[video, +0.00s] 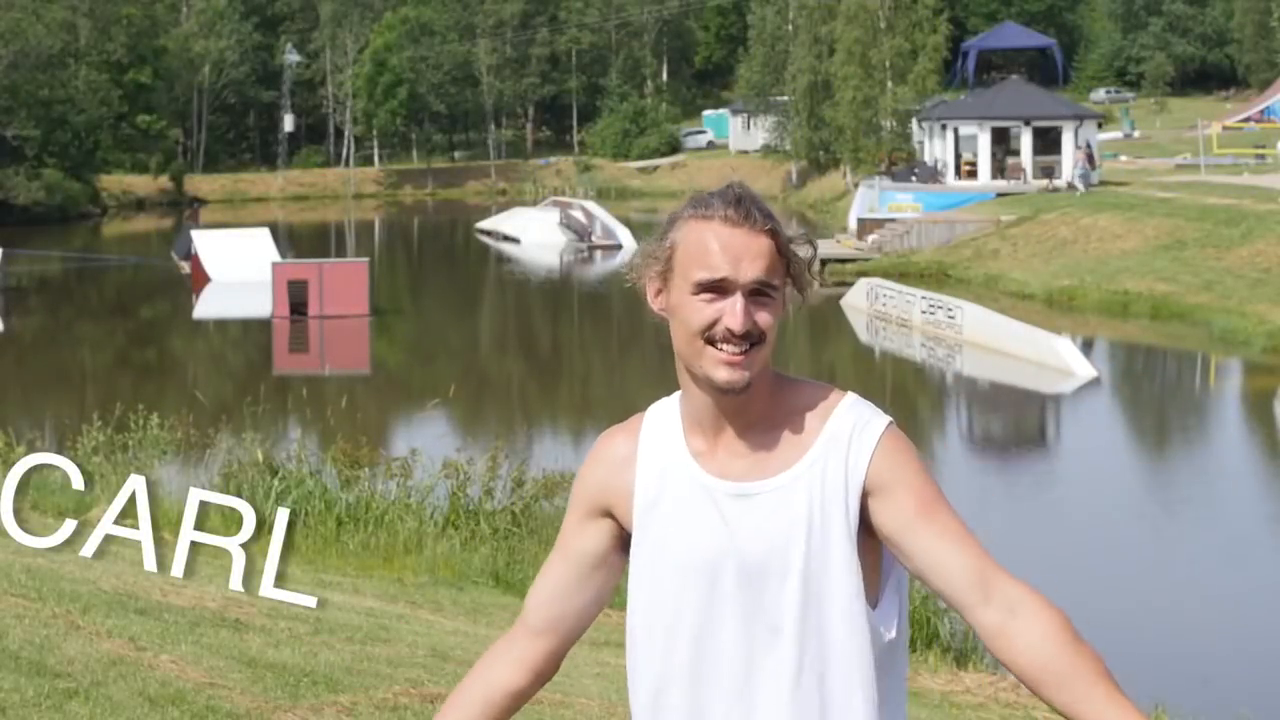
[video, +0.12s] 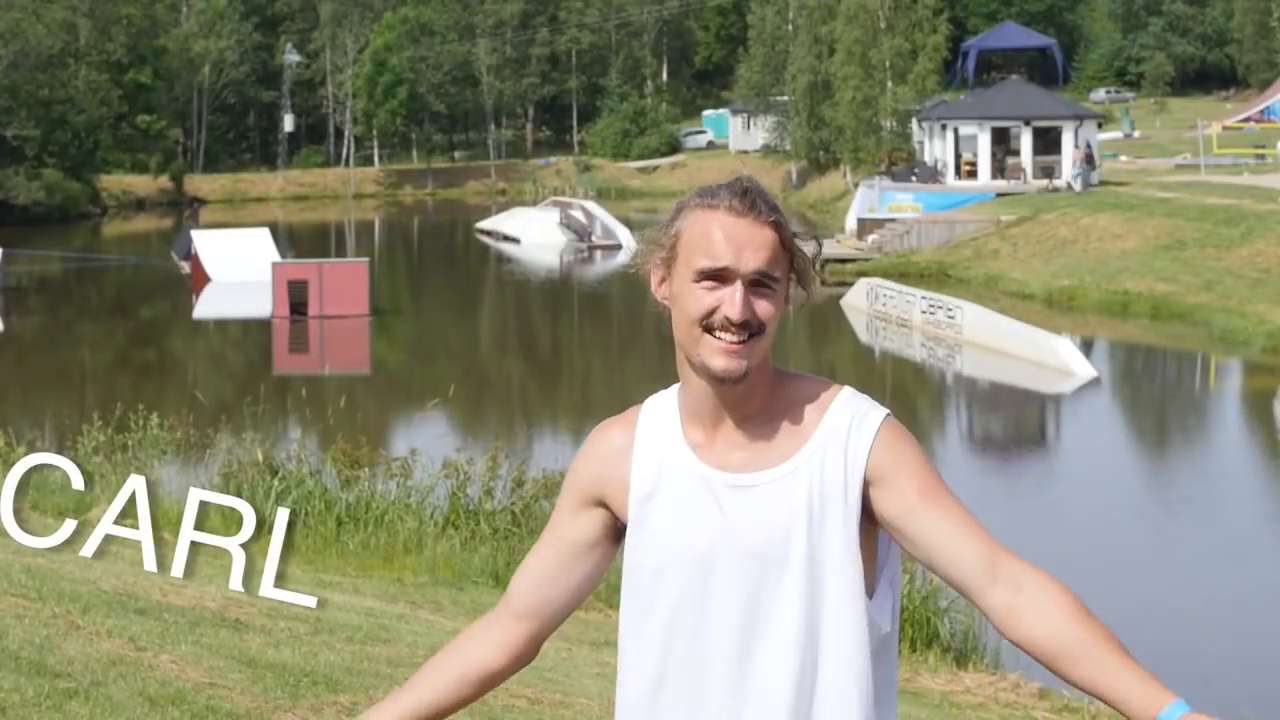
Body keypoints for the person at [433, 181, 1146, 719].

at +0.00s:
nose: (738, 316)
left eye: (761, 292)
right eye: (711, 290)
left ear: (786, 305)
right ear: (660, 299)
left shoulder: (858, 442)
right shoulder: (622, 462)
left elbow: (998, 607)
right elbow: (529, 647)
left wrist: (1125, 716)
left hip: (836, 711)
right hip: (680, 711)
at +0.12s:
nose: (737, 307)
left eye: (763, 283)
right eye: (712, 278)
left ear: (792, 296)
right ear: (661, 286)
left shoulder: (859, 437)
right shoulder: (617, 454)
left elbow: (1002, 585)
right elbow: (506, 634)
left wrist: (1166, 708)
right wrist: (375, 715)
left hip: (830, 718)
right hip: (668, 719)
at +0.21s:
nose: (743, 302)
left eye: (767, 280)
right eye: (717, 275)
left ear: (797, 293)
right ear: (668, 285)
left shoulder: (863, 434)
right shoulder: (624, 449)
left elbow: (1019, 576)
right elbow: (512, 615)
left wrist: (1195, 698)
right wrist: (347, 704)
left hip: (830, 718)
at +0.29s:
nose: (760, 305)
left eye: (783, 282)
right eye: (733, 278)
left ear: (808, 295)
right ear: (679, 286)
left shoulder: (871, 436)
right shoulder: (629, 451)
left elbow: (1026, 578)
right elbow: (517, 614)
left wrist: (1201, 696)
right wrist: (340, 692)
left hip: (839, 715)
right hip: (681, 717)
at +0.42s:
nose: (822, 307)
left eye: (836, 284)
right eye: (795, 279)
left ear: (847, 295)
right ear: (712, 288)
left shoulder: (897, 443)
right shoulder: (650, 460)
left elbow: (1046, 605)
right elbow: (542, 631)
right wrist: (372, 710)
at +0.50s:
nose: (869, 303)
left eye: (869, 279)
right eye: (841, 279)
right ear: (755, 295)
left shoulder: (921, 450)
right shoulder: (664, 466)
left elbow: (1043, 627)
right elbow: (576, 648)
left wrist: (1146, 716)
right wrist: (470, 717)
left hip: (893, 708)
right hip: (732, 710)